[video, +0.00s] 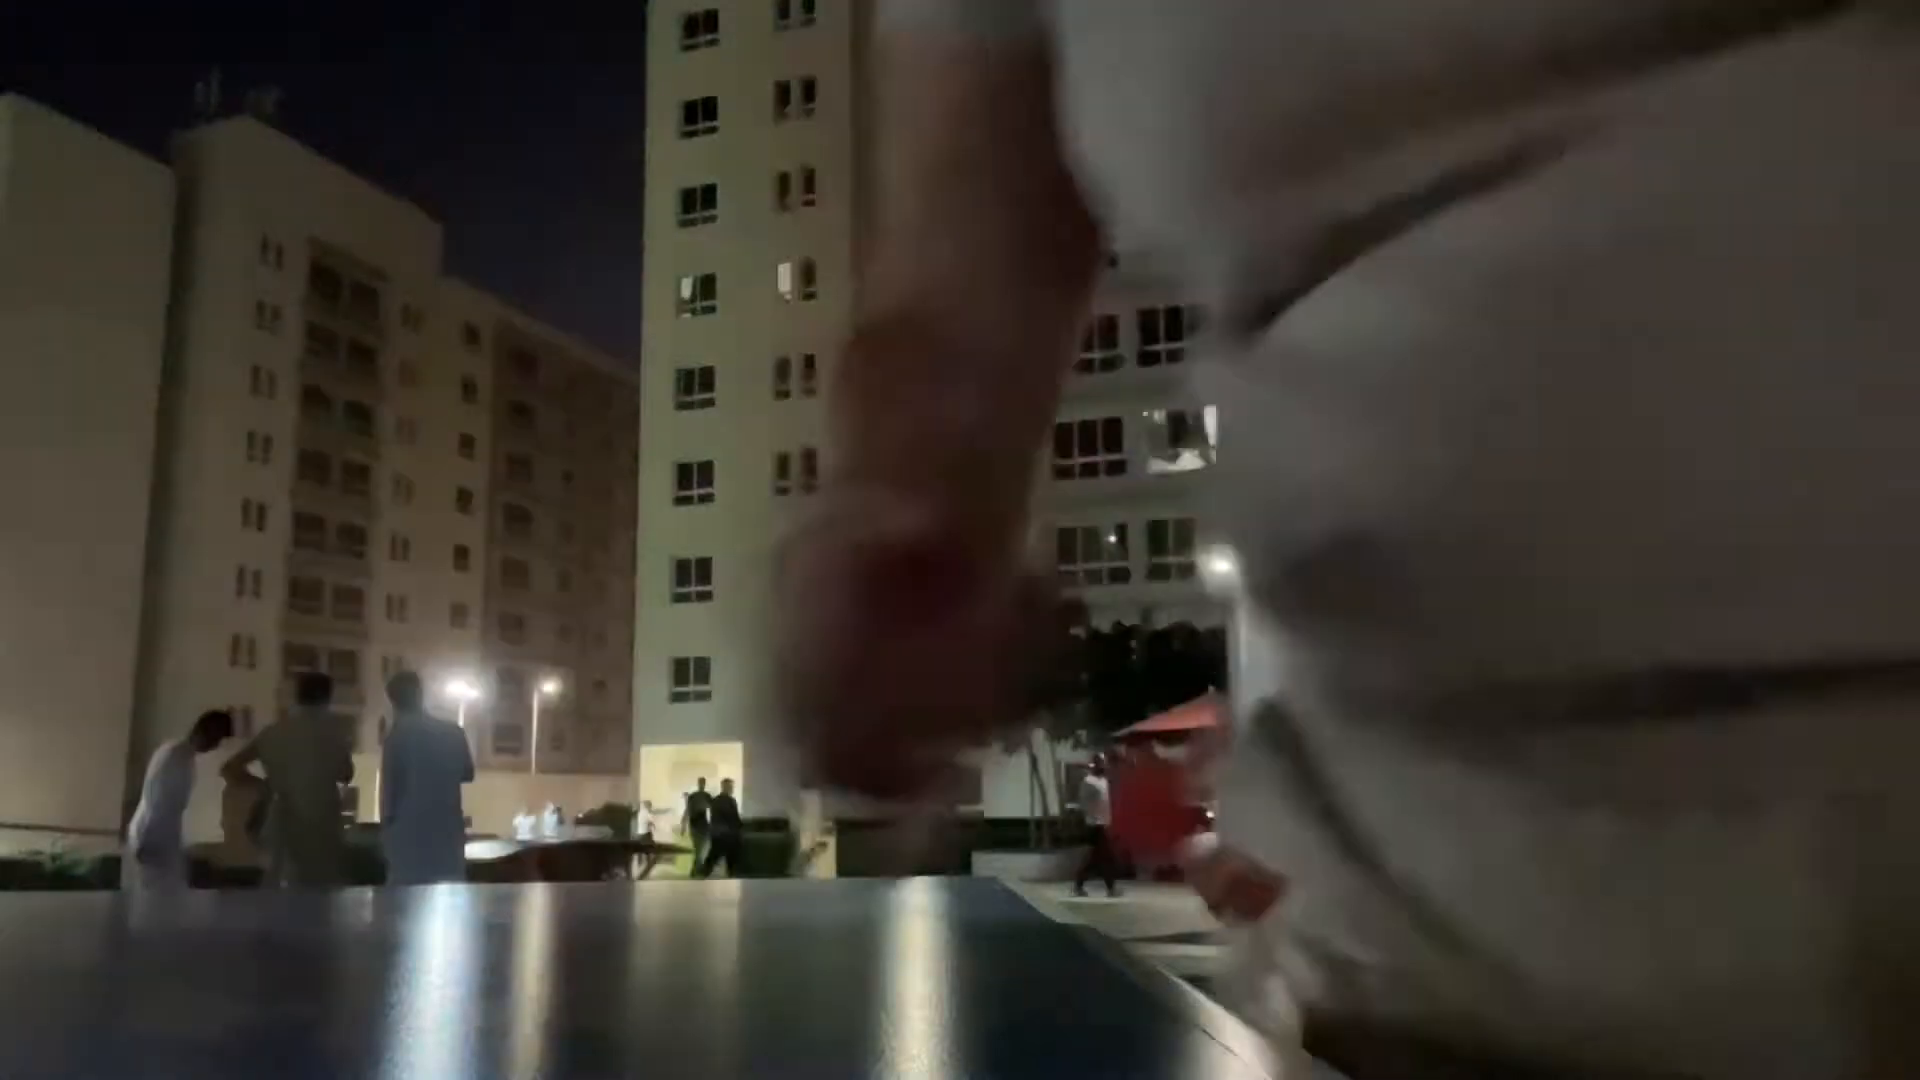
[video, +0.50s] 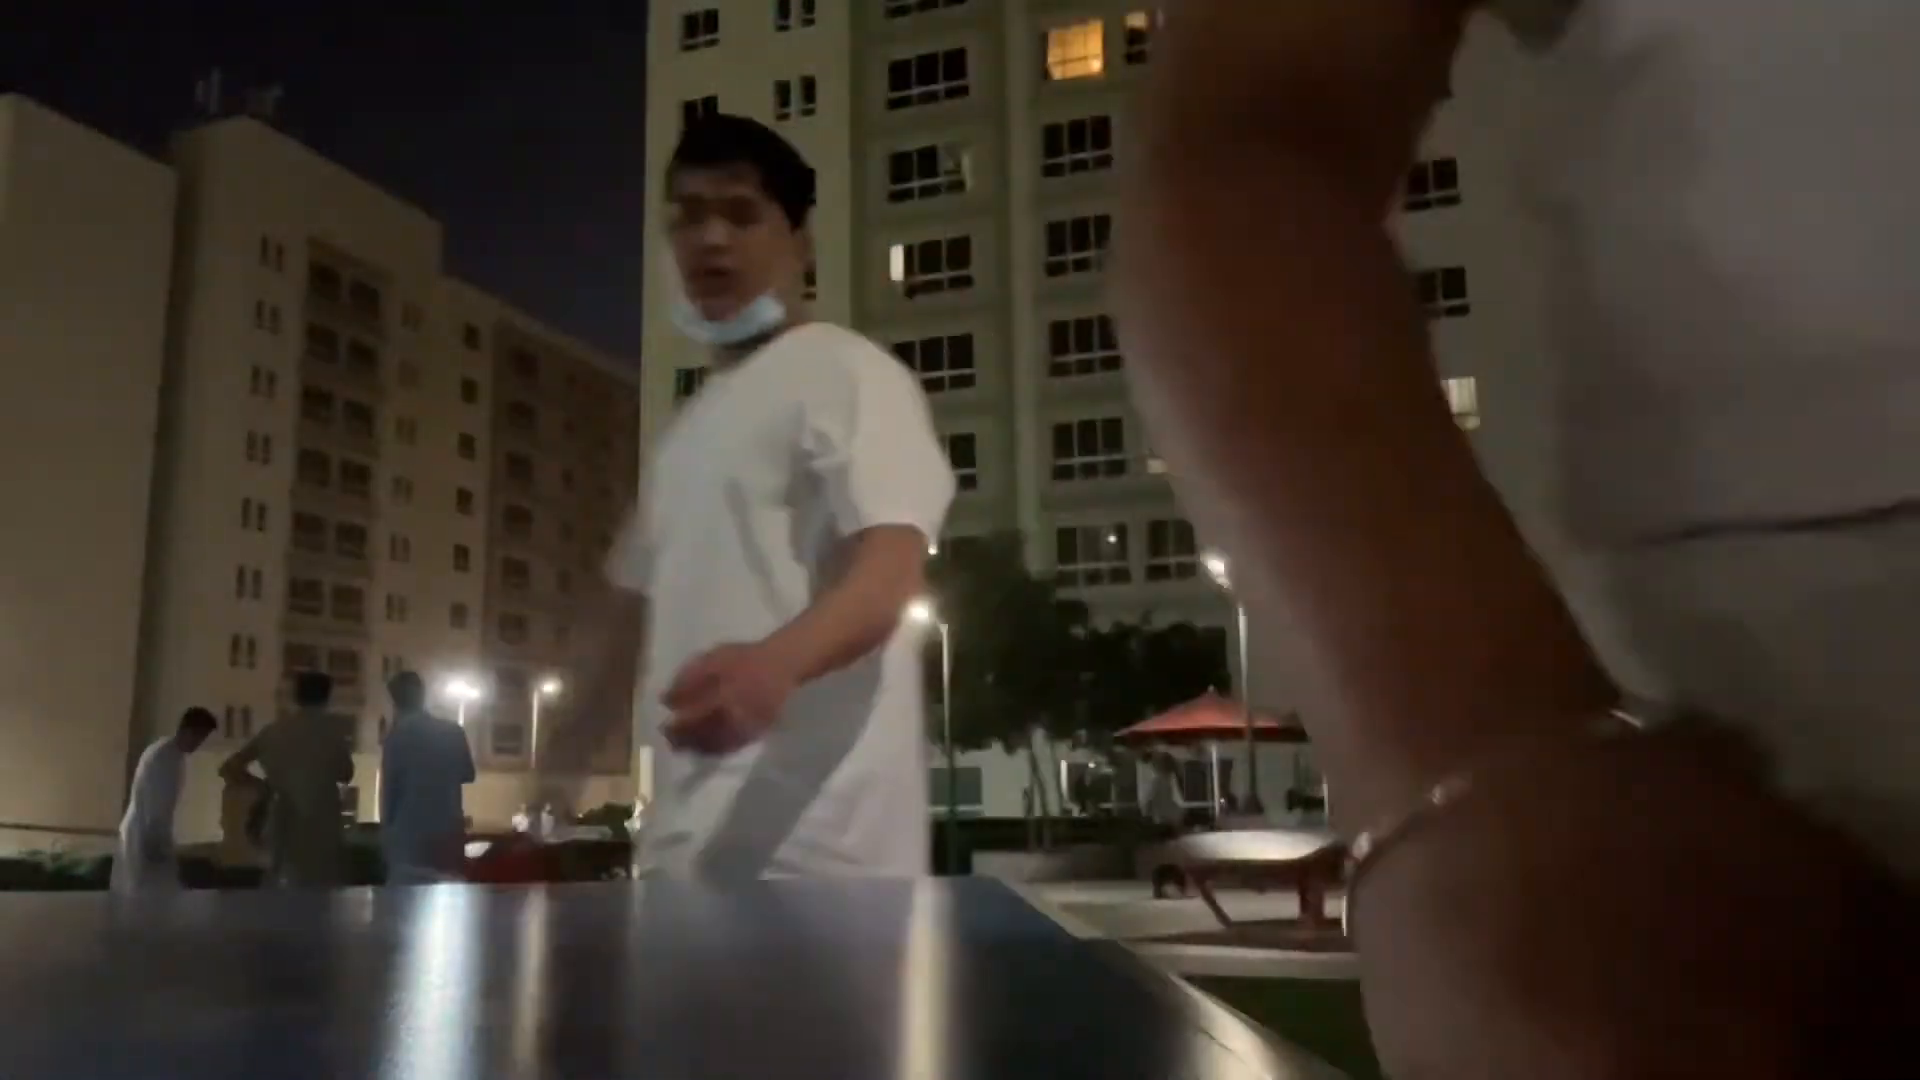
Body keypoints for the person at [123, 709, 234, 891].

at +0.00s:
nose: (215, 746)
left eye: (219, 741)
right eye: (215, 739)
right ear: (205, 732)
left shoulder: (185, 758)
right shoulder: (173, 756)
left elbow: (172, 806)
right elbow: (158, 804)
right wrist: (147, 845)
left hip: (165, 843)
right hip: (152, 843)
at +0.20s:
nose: (207, 746)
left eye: (210, 740)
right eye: (207, 739)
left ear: (190, 730)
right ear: (197, 734)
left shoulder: (172, 753)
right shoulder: (169, 755)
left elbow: (166, 812)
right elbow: (164, 814)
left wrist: (185, 852)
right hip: (149, 836)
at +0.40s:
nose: (203, 744)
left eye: (206, 738)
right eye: (203, 737)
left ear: (185, 729)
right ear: (192, 732)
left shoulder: (165, 752)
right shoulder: (167, 756)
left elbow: (161, 809)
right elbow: (159, 811)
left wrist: (167, 852)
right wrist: (168, 853)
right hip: (146, 835)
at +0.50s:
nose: (199, 742)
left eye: (203, 737)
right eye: (199, 735)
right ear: (188, 730)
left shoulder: (172, 755)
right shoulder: (164, 756)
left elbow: (162, 804)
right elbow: (155, 806)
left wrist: (163, 840)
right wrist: (158, 843)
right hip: (143, 834)